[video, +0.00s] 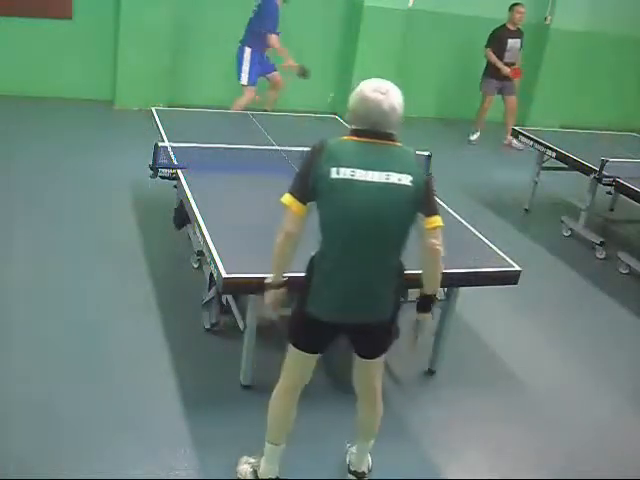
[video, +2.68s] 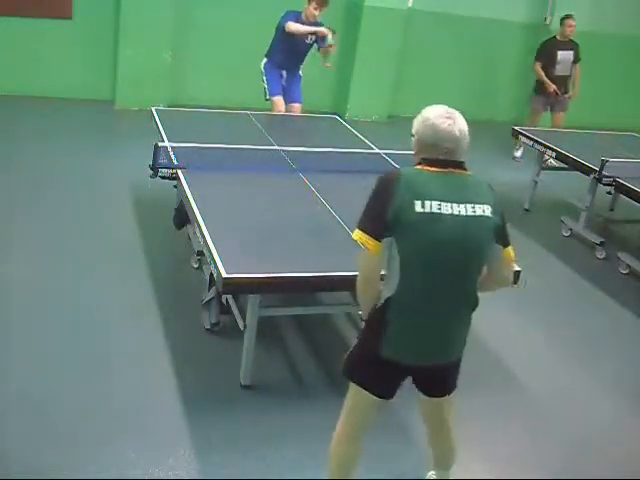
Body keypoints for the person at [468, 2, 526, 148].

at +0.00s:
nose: (521, 16)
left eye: (523, 14)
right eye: (518, 13)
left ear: (524, 16)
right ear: (510, 14)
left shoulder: (520, 34)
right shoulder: (498, 32)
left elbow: (518, 52)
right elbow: (488, 51)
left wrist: (517, 66)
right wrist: (502, 67)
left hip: (509, 75)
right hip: (492, 74)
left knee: (512, 106)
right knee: (486, 104)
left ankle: (509, 136)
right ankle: (476, 130)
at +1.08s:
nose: (539, 20)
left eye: (541, 17)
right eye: (537, 16)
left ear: (541, 20)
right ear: (529, 16)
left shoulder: (539, 38)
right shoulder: (514, 34)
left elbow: (538, 60)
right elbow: (506, 56)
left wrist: (534, 79)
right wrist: (505, 77)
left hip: (527, 80)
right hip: (511, 79)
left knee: (524, 109)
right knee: (495, 106)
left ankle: (509, 136)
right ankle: (480, 130)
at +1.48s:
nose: (549, 22)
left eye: (551, 19)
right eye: (546, 18)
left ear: (552, 21)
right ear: (539, 18)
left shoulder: (549, 38)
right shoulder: (525, 35)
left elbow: (550, 60)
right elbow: (514, 55)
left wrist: (548, 80)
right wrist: (512, 77)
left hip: (536, 81)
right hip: (520, 78)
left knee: (525, 110)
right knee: (512, 109)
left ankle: (511, 136)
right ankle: (501, 136)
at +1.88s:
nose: (554, 24)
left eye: (556, 21)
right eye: (551, 20)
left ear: (557, 23)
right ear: (543, 21)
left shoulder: (553, 40)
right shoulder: (532, 39)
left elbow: (554, 61)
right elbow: (522, 61)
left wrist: (553, 80)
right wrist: (527, 80)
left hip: (543, 80)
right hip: (530, 79)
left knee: (531, 108)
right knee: (526, 109)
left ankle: (516, 133)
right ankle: (518, 141)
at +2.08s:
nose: (555, 24)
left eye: (557, 21)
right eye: (552, 20)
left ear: (559, 22)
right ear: (545, 21)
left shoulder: (555, 40)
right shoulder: (534, 40)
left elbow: (556, 61)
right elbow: (528, 63)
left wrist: (555, 80)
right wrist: (544, 80)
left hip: (547, 76)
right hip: (534, 76)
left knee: (534, 114)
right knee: (529, 114)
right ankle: (522, 140)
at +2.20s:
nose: (557, 24)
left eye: (559, 21)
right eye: (554, 21)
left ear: (560, 23)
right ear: (546, 22)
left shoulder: (556, 41)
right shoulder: (536, 40)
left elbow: (557, 62)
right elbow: (531, 64)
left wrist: (558, 79)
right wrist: (551, 78)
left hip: (547, 84)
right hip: (532, 84)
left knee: (544, 117)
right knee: (530, 118)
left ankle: (540, 148)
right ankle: (519, 145)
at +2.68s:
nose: (571, 30)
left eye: (573, 27)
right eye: (569, 26)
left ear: (574, 28)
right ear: (561, 27)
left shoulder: (574, 47)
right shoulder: (548, 44)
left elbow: (576, 68)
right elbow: (537, 66)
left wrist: (575, 89)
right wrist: (548, 83)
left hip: (562, 91)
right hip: (544, 89)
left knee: (558, 126)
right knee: (533, 121)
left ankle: (549, 154)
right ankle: (522, 144)